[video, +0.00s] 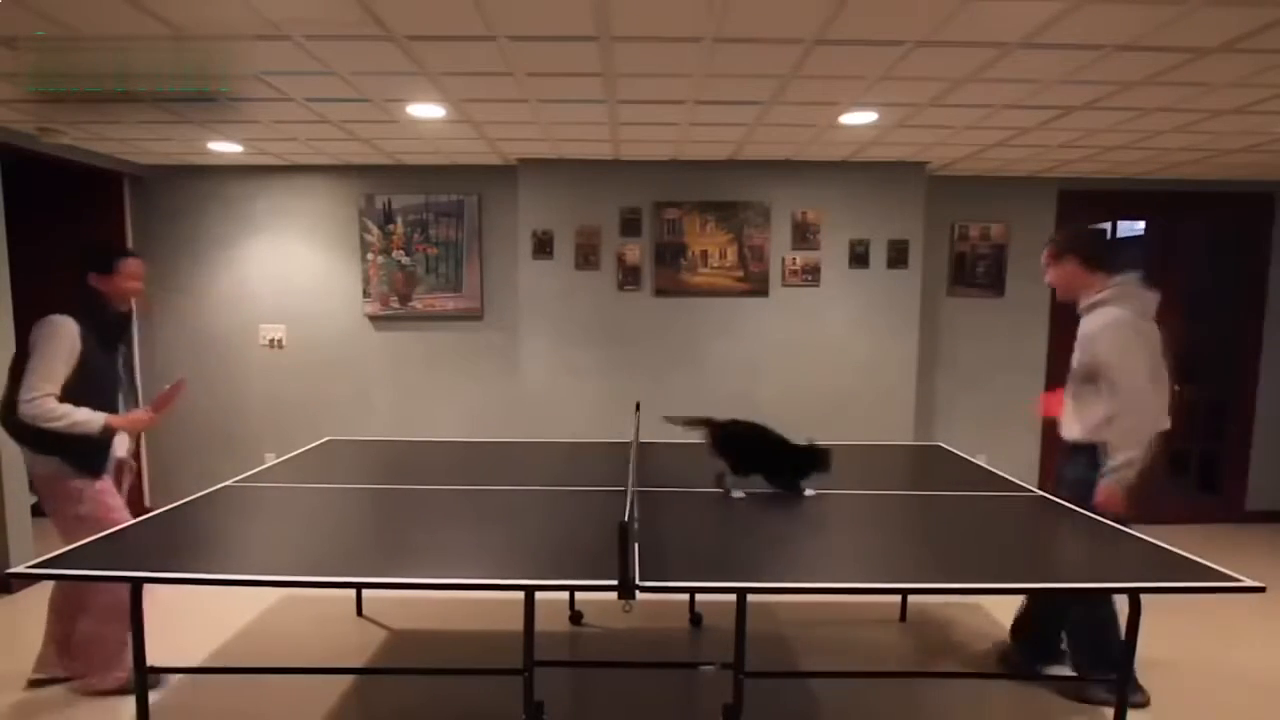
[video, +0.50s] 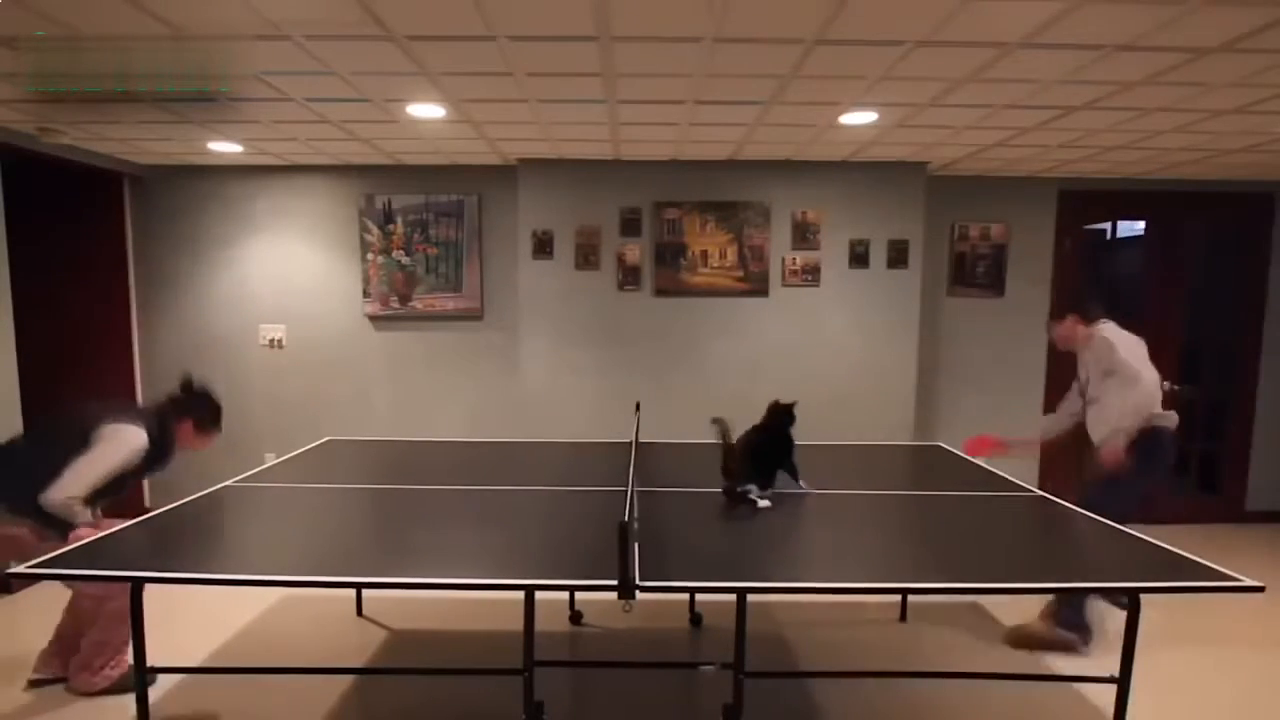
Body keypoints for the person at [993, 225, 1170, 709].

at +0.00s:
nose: (1049, 281)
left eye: (1052, 269)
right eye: (1047, 271)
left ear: (1079, 265)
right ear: (1078, 267)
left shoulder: (1117, 320)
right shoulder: (1099, 315)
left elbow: (1144, 406)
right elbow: (1109, 392)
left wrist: (1117, 475)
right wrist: (1063, 403)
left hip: (1096, 458)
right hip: (1079, 452)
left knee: (1082, 565)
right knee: (1058, 556)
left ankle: (1108, 674)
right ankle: (1032, 646)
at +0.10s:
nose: (1046, 295)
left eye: (1047, 285)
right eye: (1044, 285)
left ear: (1066, 280)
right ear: (1087, 278)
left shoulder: (1092, 329)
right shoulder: (1137, 319)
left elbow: (1107, 412)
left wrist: (1092, 486)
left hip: (1113, 458)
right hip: (1143, 452)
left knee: (1064, 561)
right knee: (1056, 540)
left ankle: (1110, 677)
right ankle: (1059, 634)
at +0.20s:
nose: (1054, 303)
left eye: (1054, 293)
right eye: (1053, 293)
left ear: (1070, 288)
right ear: (1099, 284)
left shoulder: (1084, 332)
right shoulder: (1140, 326)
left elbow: (1091, 407)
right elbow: (1179, 394)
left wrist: (1076, 471)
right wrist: (1142, 424)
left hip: (1110, 457)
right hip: (1148, 456)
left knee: (1078, 563)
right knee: (1091, 562)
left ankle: (1112, 676)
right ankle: (1102, 671)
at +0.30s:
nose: (1065, 318)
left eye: (1064, 310)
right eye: (1063, 311)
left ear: (1079, 304)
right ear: (1104, 301)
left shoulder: (1085, 337)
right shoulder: (1142, 342)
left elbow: (1081, 397)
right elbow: (1165, 404)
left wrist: (1066, 459)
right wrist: (1145, 439)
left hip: (1106, 453)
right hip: (1143, 454)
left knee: (1088, 561)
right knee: (1105, 561)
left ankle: (1110, 670)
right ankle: (1100, 668)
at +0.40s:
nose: (1066, 326)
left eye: (1067, 317)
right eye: (1064, 319)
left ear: (1084, 313)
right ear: (1091, 313)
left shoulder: (1098, 340)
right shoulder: (1116, 340)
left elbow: (1095, 403)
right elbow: (1098, 410)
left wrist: (1075, 458)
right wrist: (1055, 441)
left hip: (1124, 446)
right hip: (1135, 444)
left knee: (1089, 540)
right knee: (1097, 540)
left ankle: (1093, 648)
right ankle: (1102, 638)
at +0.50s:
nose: (1055, 340)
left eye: (1057, 330)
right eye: (1052, 333)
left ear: (1074, 321)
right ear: (1070, 325)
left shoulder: (1108, 337)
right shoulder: (1088, 357)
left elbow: (1145, 385)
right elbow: (1065, 416)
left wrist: (1117, 436)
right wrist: (1011, 442)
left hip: (1147, 440)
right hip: (1125, 446)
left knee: (1089, 520)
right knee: (1087, 521)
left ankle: (1070, 621)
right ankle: (1066, 617)